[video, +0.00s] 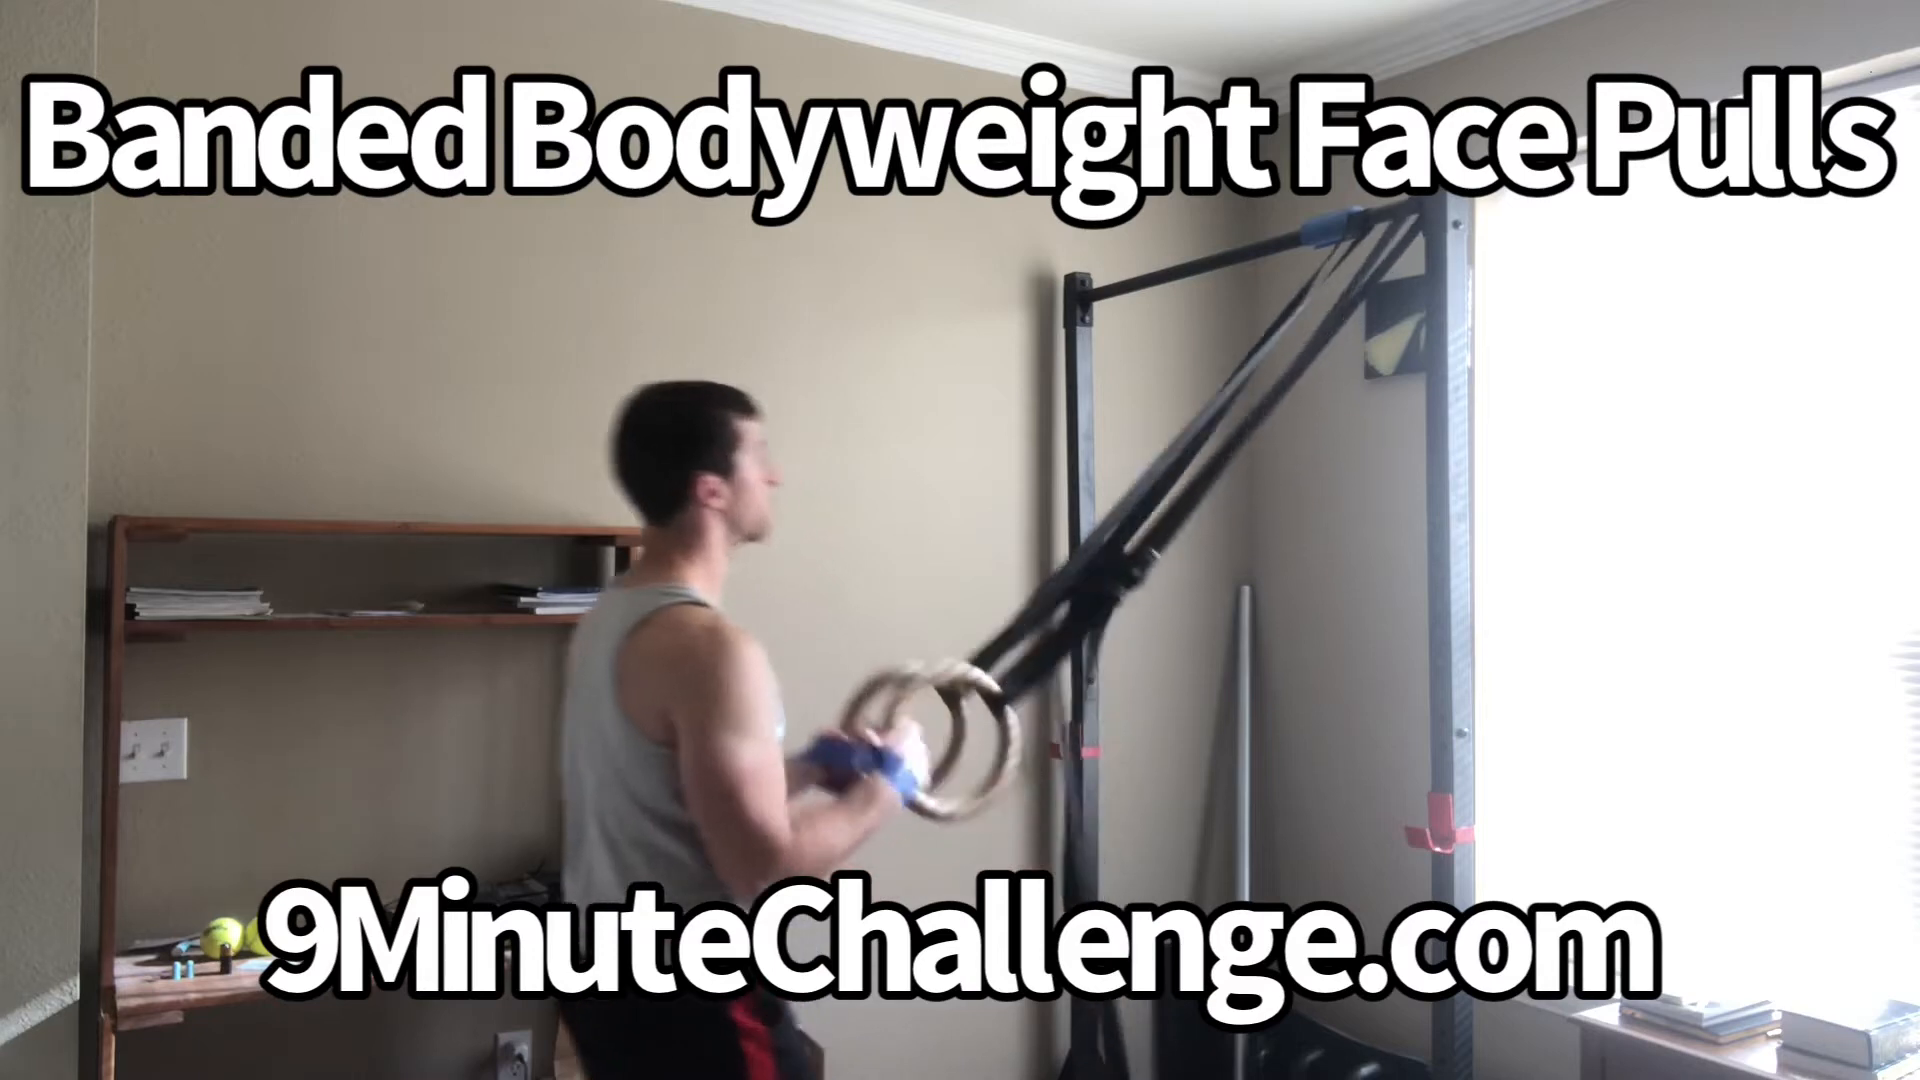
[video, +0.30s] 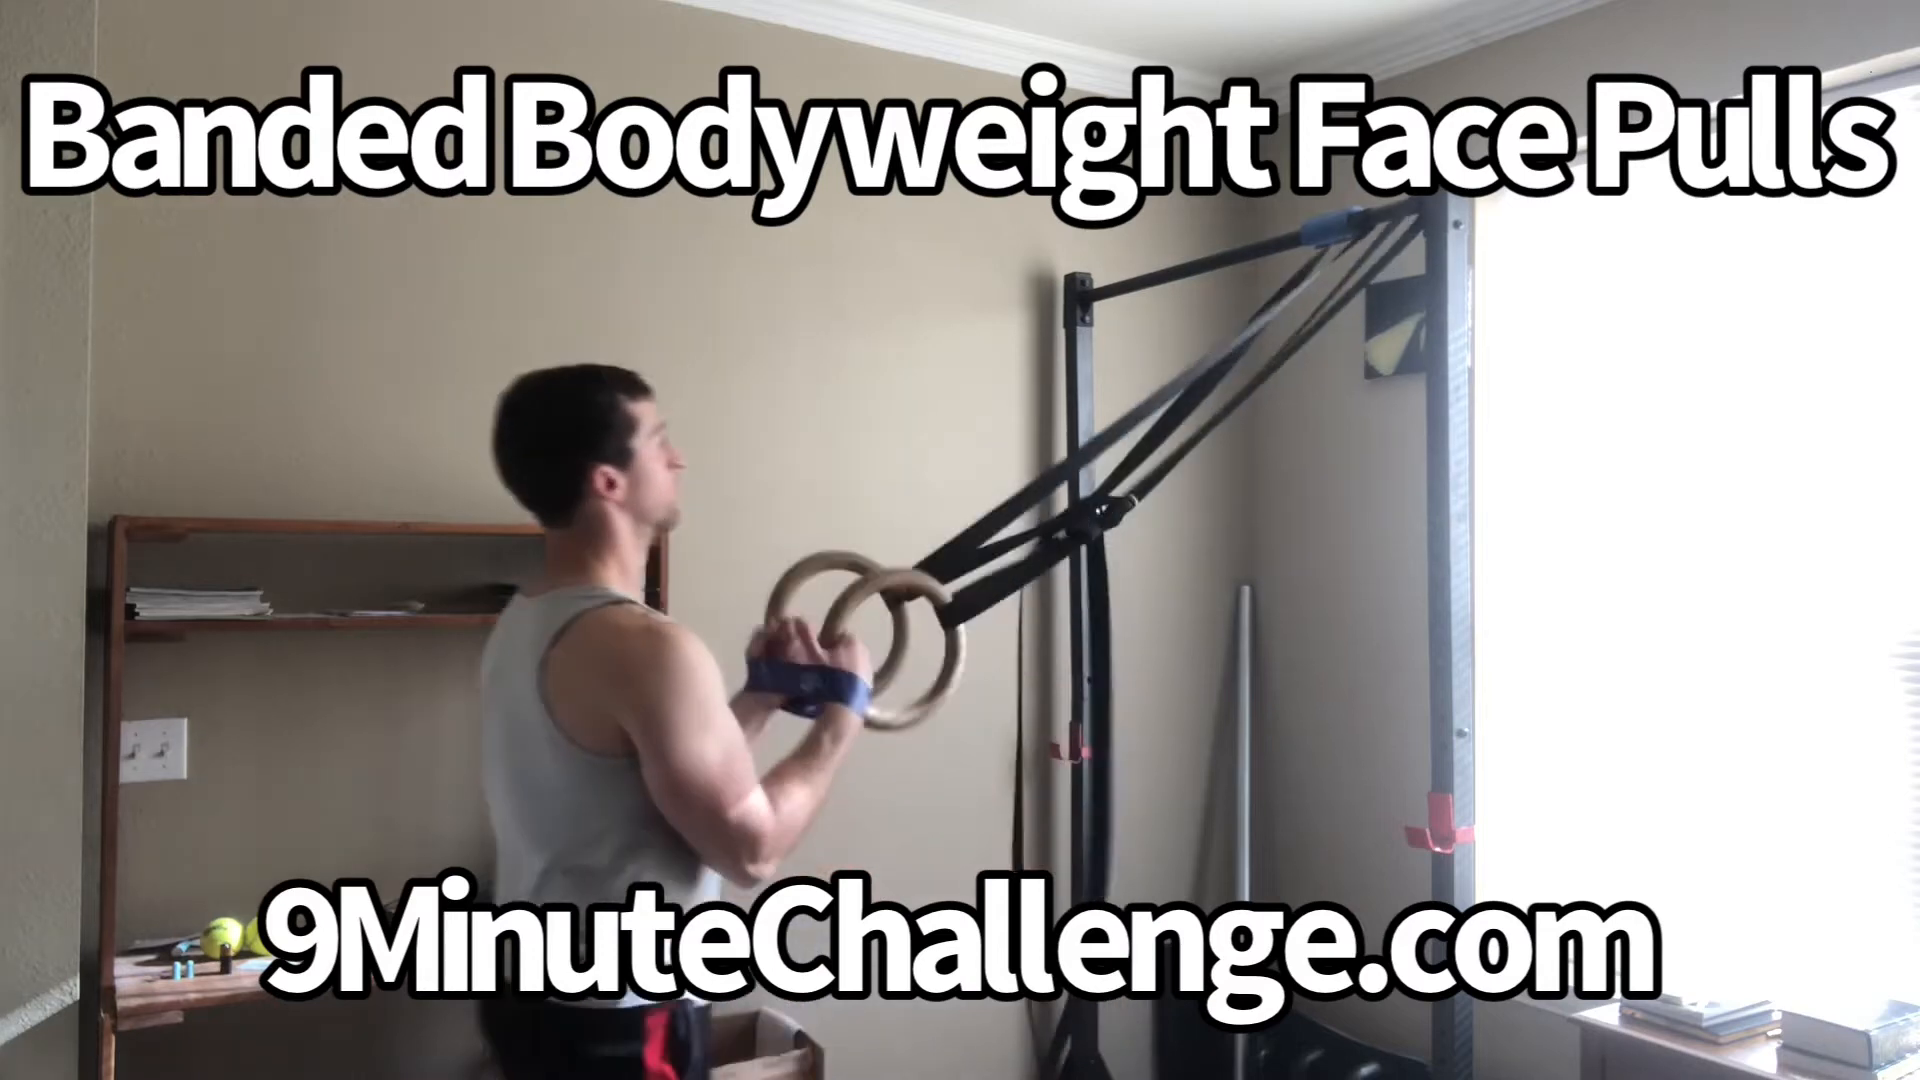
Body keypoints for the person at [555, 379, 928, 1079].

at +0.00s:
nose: (775, 477)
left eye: (764, 453)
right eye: (757, 456)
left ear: (699, 489)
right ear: (711, 490)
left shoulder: (610, 616)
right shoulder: (712, 651)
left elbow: (659, 791)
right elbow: (760, 863)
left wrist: (802, 770)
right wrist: (881, 793)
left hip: (604, 976)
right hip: (694, 992)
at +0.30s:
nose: (678, 459)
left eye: (666, 436)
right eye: (658, 440)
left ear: (602, 485)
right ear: (609, 482)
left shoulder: (520, 629)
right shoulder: (651, 650)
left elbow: (647, 799)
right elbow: (752, 846)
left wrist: (762, 695)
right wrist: (843, 714)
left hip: (536, 1002)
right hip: (625, 1021)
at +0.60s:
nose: (626, 461)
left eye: (613, 438)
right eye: (604, 442)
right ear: (545, 477)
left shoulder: (477, 619)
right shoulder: (587, 652)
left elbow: (654, 794)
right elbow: (704, 839)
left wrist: (755, 679)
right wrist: (816, 709)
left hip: (480, 1024)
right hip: (565, 1043)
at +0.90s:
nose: (588, 479)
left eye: (582, 454)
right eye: (573, 456)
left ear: (502, 477)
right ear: (504, 475)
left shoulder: (442, 624)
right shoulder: (526, 659)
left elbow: (616, 768)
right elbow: (720, 827)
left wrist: (758, 716)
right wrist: (833, 729)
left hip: (480, 1026)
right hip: (549, 1044)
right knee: (788, 1051)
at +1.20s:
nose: (587, 488)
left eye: (584, 464)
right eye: (576, 463)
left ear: (507, 476)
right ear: (510, 474)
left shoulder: (433, 620)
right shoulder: (517, 656)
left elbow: (604, 762)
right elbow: (716, 832)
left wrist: (755, 723)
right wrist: (825, 750)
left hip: (476, 1017)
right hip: (548, 1039)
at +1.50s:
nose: (597, 492)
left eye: (596, 468)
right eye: (587, 466)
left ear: (515, 477)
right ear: (519, 474)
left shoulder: (444, 616)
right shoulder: (517, 653)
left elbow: (605, 754)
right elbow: (704, 835)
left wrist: (753, 693)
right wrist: (824, 718)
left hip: (488, 1007)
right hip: (548, 1027)